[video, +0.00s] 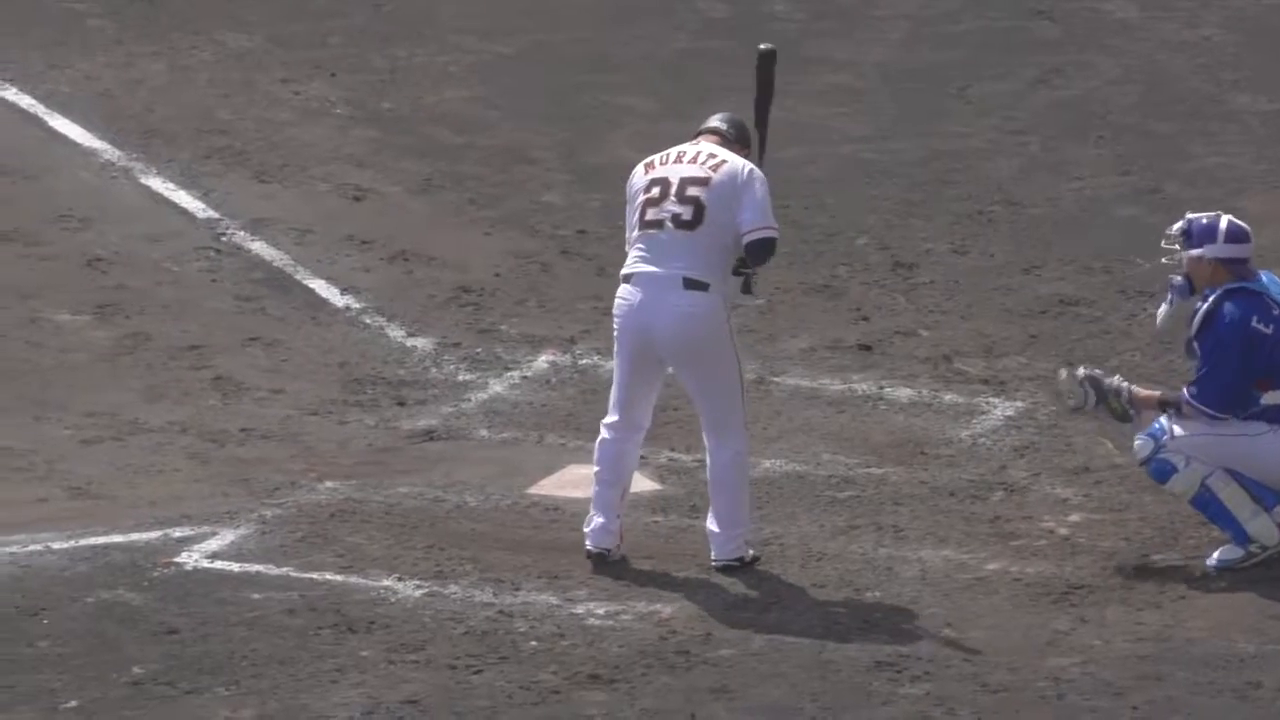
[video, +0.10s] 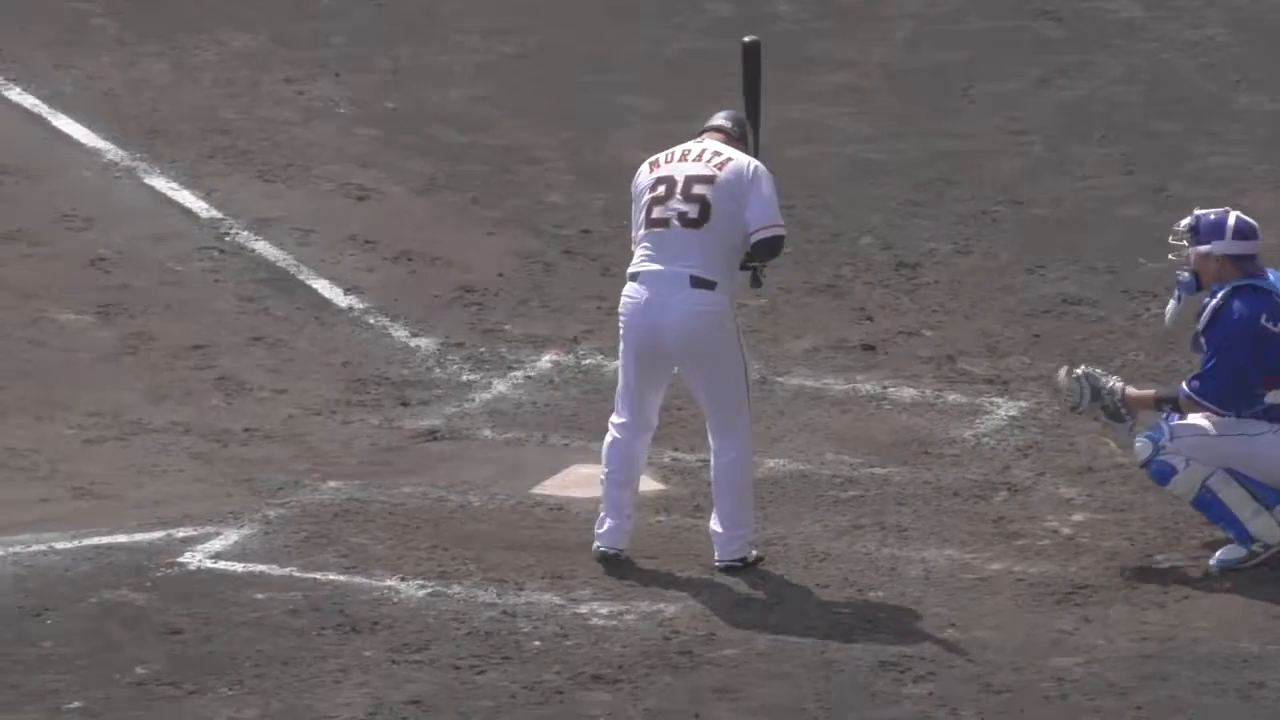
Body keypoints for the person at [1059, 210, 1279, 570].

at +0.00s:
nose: (1183, 264)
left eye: (1189, 256)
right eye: (1185, 255)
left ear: (1210, 264)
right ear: (1233, 261)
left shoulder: (1229, 316)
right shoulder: (1265, 285)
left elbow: (1210, 404)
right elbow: (1168, 329)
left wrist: (1136, 397)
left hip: (1270, 438)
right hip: (1271, 424)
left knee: (1158, 444)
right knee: (1185, 422)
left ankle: (1260, 535)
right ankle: (1270, 509)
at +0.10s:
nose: (1188, 259)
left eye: (1195, 251)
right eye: (1190, 250)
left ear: (1219, 261)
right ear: (1227, 260)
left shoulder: (1240, 312)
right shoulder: (1265, 284)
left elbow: (1209, 397)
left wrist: (1129, 397)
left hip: (1273, 439)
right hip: (1271, 426)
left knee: (1161, 446)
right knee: (1182, 425)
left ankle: (1262, 533)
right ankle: (1269, 508)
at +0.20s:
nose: (1198, 257)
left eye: (1206, 249)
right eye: (1201, 248)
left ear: (1229, 259)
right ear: (1236, 258)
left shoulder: (1250, 308)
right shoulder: (1262, 291)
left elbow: (1208, 393)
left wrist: (1127, 411)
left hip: (1272, 437)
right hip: (1270, 425)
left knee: (1162, 448)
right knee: (1187, 426)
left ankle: (1264, 534)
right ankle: (1270, 511)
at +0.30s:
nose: (1207, 255)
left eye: (1215, 247)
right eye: (1211, 246)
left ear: (1238, 257)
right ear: (1246, 256)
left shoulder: (1254, 307)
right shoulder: (1264, 293)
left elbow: (1199, 390)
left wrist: (1128, 436)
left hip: (1273, 436)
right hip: (1271, 424)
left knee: (1166, 450)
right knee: (1192, 428)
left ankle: (1267, 533)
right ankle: (1270, 512)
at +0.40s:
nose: (1213, 252)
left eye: (1220, 244)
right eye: (1216, 243)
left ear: (1243, 254)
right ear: (1249, 254)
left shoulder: (1257, 304)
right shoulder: (1264, 295)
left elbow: (1195, 384)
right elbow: (1223, 388)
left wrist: (1126, 441)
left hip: (1271, 436)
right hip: (1269, 424)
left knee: (1167, 449)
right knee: (1187, 430)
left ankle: (1266, 532)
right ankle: (1266, 512)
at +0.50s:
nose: (1215, 249)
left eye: (1222, 241)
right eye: (1218, 240)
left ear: (1246, 251)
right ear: (1250, 252)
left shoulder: (1257, 305)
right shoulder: (1262, 294)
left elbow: (1194, 384)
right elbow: (1221, 387)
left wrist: (1125, 441)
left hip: (1272, 435)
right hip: (1269, 424)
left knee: (1166, 449)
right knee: (1181, 432)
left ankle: (1266, 531)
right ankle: (1268, 512)